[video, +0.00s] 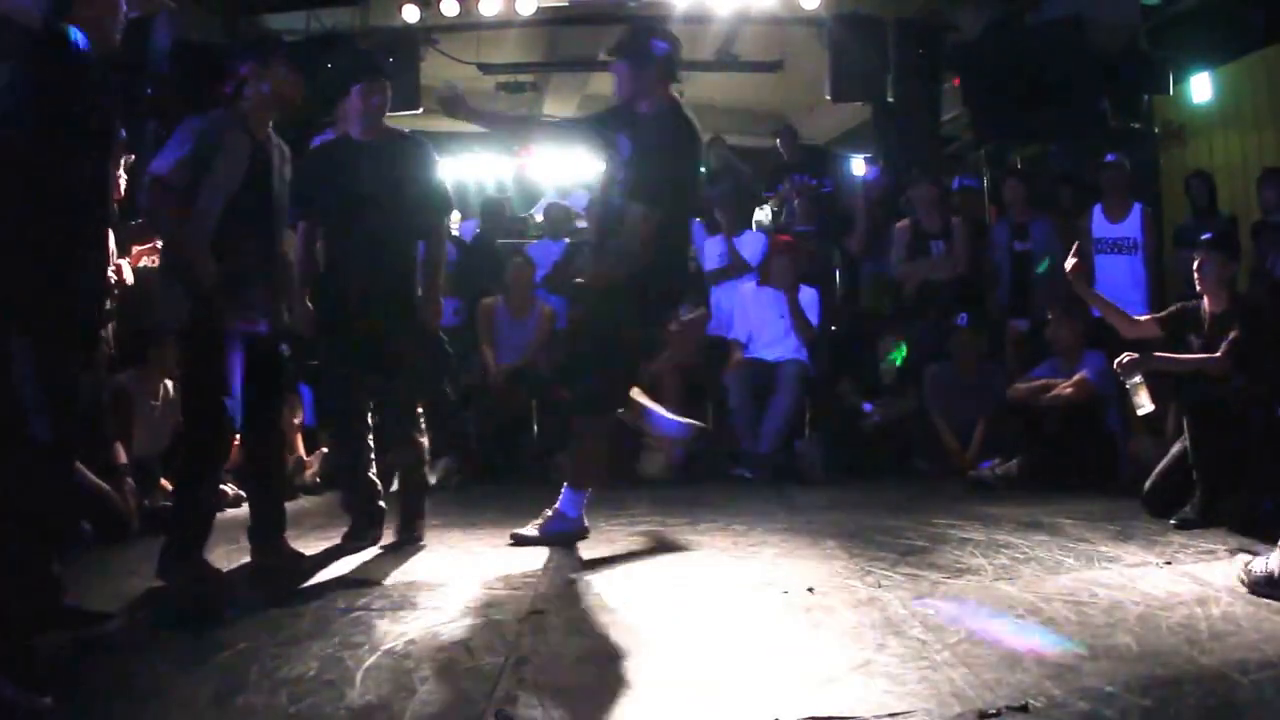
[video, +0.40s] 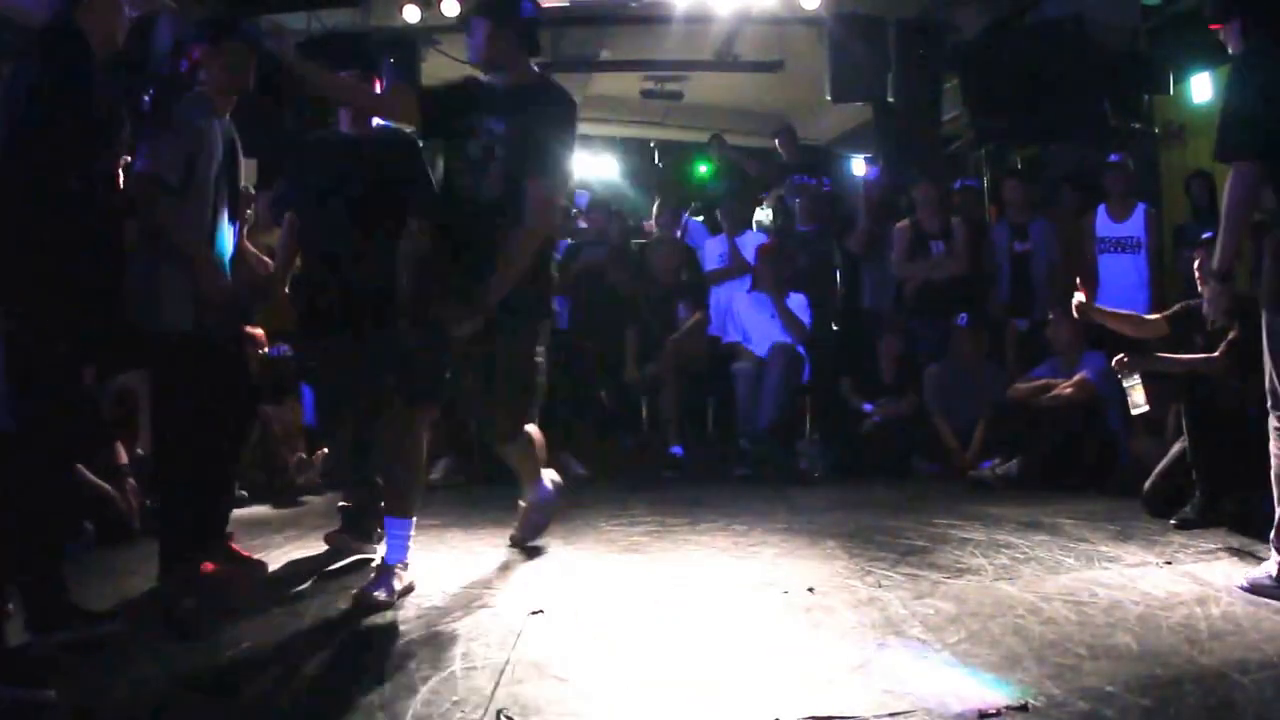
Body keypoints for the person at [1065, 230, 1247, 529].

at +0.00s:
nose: (1196, 268)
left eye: (1206, 261)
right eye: (1196, 260)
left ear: (1230, 268)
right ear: (1192, 265)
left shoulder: (1248, 315)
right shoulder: (1190, 314)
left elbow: (1221, 363)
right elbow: (1132, 329)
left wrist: (1149, 361)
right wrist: (1082, 287)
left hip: (1249, 426)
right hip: (1209, 424)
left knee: (1199, 399)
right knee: (1156, 498)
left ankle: (1207, 502)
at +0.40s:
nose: (1199, 274)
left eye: (1207, 267)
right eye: (1196, 267)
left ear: (1226, 272)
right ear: (1191, 271)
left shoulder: (1247, 313)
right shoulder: (1194, 311)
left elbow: (1220, 363)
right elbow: (1146, 327)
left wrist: (1147, 362)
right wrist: (1093, 313)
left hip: (1245, 425)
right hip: (1210, 426)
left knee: (1197, 391)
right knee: (1156, 497)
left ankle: (1206, 497)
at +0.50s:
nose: (1191, 272)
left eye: (1200, 266)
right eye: (1192, 265)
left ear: (1225, 273)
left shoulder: (1245, 316)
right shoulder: (1192, 314)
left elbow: (1220, 363)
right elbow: (1152, 337)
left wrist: (1148, 363)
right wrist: (1106, 341)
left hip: (1241, 429)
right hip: (1205, 430)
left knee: (1193, 383)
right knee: (1156, 497)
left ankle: (1206, 496)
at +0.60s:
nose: (1190, 271)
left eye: (1200, 264)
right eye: (1192, 265)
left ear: (1223, 272)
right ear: (1200, 278)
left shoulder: (1245, 316)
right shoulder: (1191, 317)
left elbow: (1221, 361)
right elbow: (1164, 348)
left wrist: (1146, 364)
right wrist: (1130, 364)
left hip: (1242, 428)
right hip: (1205, 429)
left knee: (1193, 384)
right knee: (1155, 497)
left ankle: (1205, 498)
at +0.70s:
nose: (1192, 280)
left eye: (1197, 273)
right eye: (1193, 272)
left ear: (1219, 277)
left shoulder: (1245, 318)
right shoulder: (1188, 318)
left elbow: (1221, 363)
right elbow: (1166, 370)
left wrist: (1149, 364)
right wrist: (1137, 376)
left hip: (1243, 428)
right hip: (1206, 429)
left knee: (1195, 388)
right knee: (1156, 498)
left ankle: (1205, 498)